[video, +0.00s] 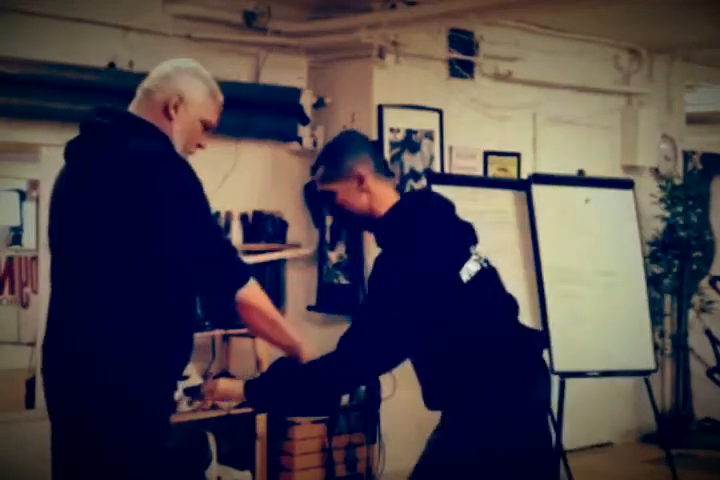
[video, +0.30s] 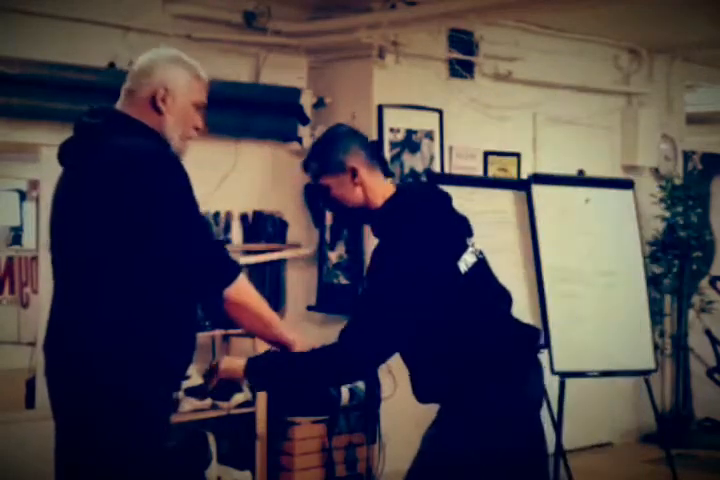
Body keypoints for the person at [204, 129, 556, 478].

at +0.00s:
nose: (336, 210)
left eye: (335, 197)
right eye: (331, 200)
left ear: (362, 179)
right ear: (366, 176)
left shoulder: (406, 251)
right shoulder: (431, 212)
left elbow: (355, 363)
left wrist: (251, 392)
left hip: (482, 406)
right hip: (518, 385)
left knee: (429, 472)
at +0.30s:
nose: (330, 203)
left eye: (329, 191)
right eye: (324, 194)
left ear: (355, 175)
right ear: (362, 169)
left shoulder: (404, 239)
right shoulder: (427, 204)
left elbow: (356, 357)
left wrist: (252, 371)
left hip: (480, 394)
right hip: (511, 373)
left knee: (424, 473)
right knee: (526, 471)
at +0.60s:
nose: (378, 180)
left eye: (382, 167)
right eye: (375, 169)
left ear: (415, 156)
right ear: (418, 157)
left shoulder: (449, 230)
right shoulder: (474, 199)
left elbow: (392, 339)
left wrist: (296, 384)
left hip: (499, 396)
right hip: (533, 382)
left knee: (448, 472)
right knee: (546, 473)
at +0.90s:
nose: (485, 148)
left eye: (493, 135)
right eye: (486, 137)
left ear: (531, 139)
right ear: (530, 141)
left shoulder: (543, 209)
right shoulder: (567, 197)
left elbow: (533, 347)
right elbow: (557, 295)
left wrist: (463, 402)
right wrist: (499, 311)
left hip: (554, 395)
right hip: (584, 382)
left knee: (525, 471)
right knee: (581, 470)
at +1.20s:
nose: (540, 128)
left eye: (550, 117)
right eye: (541, 118)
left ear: (586, 123)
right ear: (583, 126)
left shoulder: (599, 185)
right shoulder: (593, 183)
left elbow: (587, 300)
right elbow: (582, 284)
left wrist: (525, 341)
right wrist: (535, 302)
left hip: (589, 369)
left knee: (556, 466)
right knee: (600, 462)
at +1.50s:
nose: (548, 123)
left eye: (559, 112)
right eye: (550, 114)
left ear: (596, 121)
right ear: (591, 124)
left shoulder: (602, 185)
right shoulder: (607, 180)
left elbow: (586, 311)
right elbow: (588, 289)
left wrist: (519, 312)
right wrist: (537, 293)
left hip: (592, 369)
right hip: (607, 363)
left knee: (567, 467)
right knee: (604, 465)